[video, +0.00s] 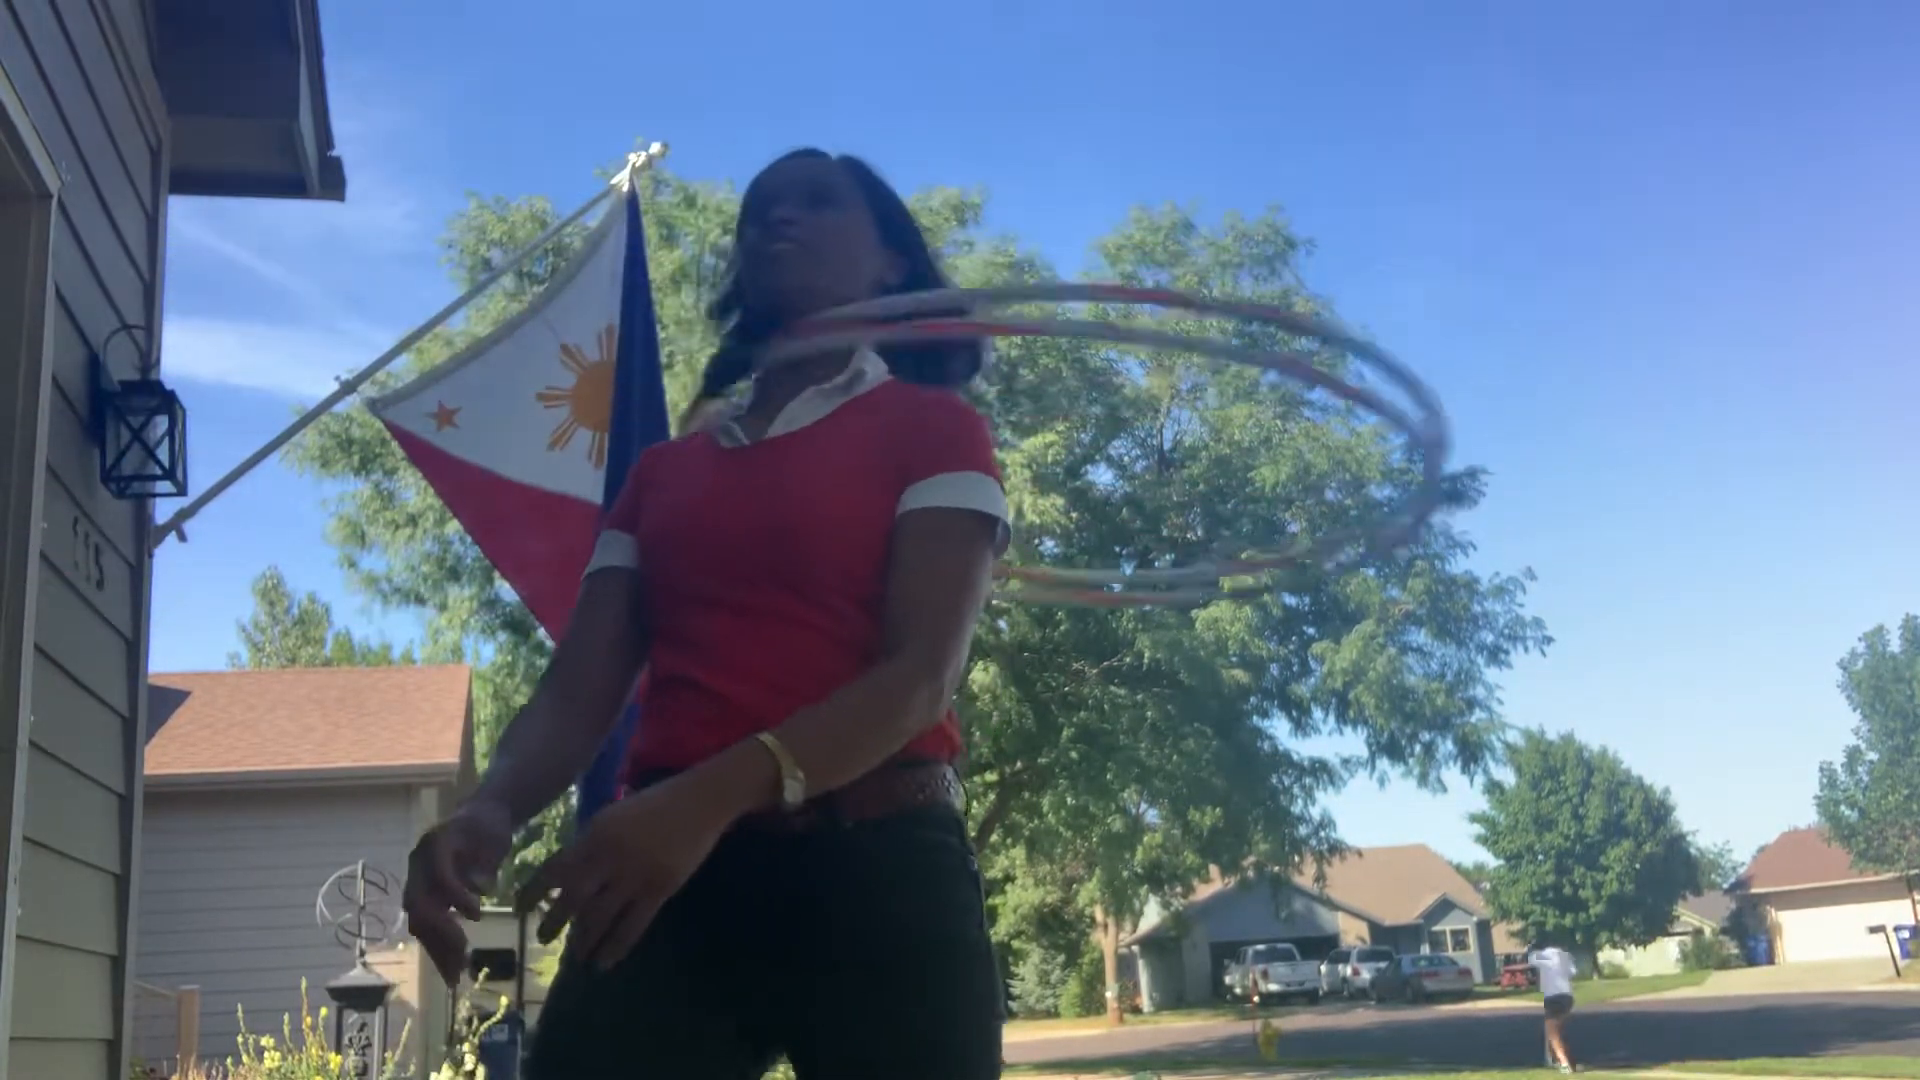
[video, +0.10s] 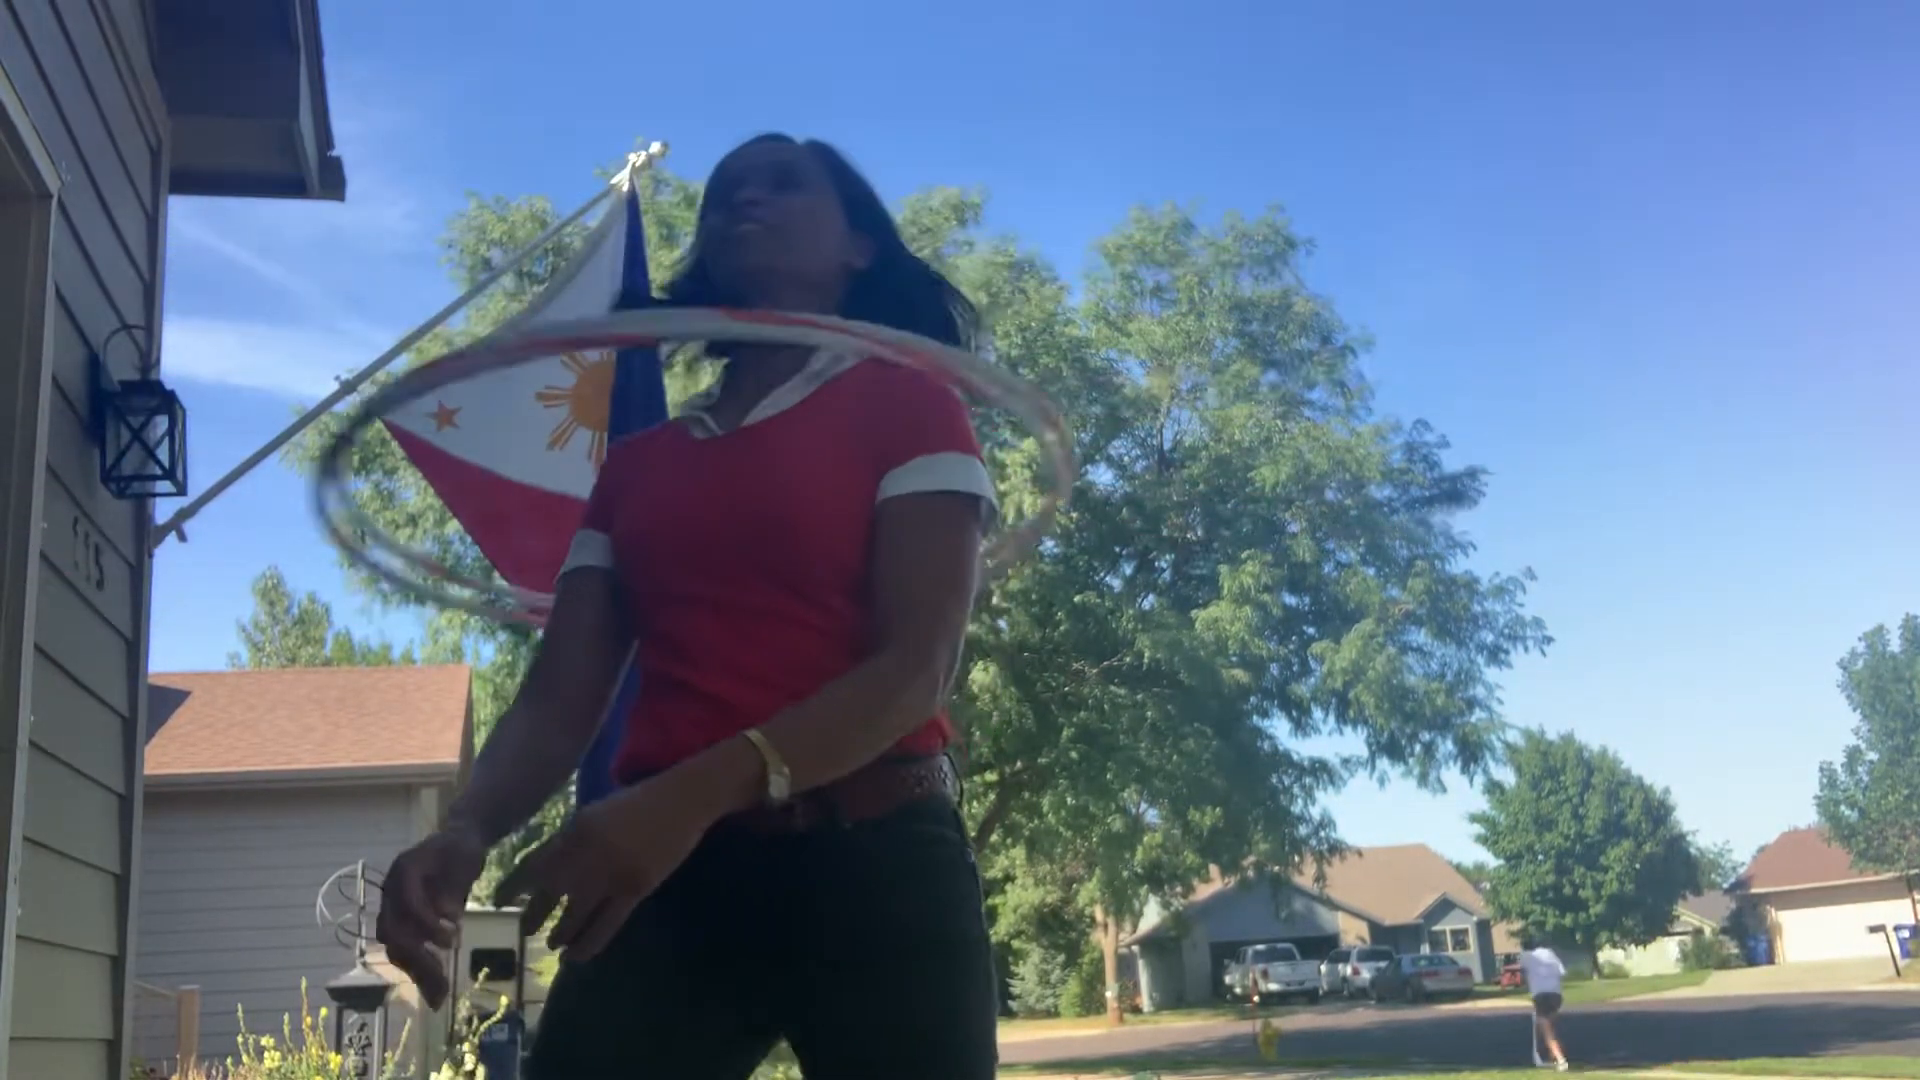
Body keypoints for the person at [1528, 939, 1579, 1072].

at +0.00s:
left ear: (1543, 947)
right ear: (1555, 945)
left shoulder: (1545, 957)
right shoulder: (1565, 956)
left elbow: (1531, 960)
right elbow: (1573, 971)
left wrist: (1531, 949)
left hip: (1552, 995)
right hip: (1567, 994)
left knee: (1553, 1032)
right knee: (1555, 1030)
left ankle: (1565, 1064)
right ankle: (1557, 1060)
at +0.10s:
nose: (1524, 951)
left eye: (1524, 948)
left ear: (1526, 946)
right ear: (1539, 944)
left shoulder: (1527, 956)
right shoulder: (1549, 953)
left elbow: (1521, 967)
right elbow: (1562, 971)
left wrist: (1505, 969)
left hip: (1540, 993)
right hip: (1556, 993)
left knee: (1547, 1029)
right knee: (1546, 1025)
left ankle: (1560, 1059)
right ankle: (1552, 1058)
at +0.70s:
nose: (1465, 953)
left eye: (1465, 950)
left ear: (1466, 950)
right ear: (1480, 948)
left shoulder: (1465, 959)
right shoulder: (1486, 959)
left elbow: (1458, 974)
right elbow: (1498, 977)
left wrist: (1462, 982)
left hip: (1476, 992)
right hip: (1490, 992)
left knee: (1474, 1024)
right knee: (1485, 1024)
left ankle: (1470, 1055)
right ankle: (1489, 1055)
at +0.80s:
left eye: (1454, 951)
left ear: (1454, 951)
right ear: (1468, 950)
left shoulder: (1453, 962)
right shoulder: (1477, 962)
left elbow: (1449, 979)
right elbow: (1488, 978)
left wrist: (1450, 986)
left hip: (1464, 996)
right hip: (1480, 995)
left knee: (1462, 1026)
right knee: (1475, 1026)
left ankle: (1463, 1055)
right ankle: (1479, 1055)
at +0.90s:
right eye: (1456, 949)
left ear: (1443, 952)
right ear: (1456, 951)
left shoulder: (1442, 963)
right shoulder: (1463, 962)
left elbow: (1438, 979)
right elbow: (1472, 978)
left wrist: (1438, 985)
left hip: (1454, 998)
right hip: (1469, 997)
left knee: (1455, 1028)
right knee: (1464, 1026)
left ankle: (1458, 1057)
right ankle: (1467, 1054)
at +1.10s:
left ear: (1424, 951)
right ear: (1436, 949)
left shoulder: (1422, 961)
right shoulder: (1444, 960)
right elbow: (1454, 975)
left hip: (1429, 994)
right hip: (1445, 993)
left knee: (1440, 1024)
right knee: (1435, 1023)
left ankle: (1453, 1056)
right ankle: (1436, 1055)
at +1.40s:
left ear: (1390, 948)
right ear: (1402, 948)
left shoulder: (1387, 959)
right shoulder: (1410, 960)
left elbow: (1385, 977)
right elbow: (1421, 973)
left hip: (1398, 994)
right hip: (1414, 993)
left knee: (1401, 1022)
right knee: (1410, 1021)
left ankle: (1403, 1049)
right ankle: (1412, 1047)